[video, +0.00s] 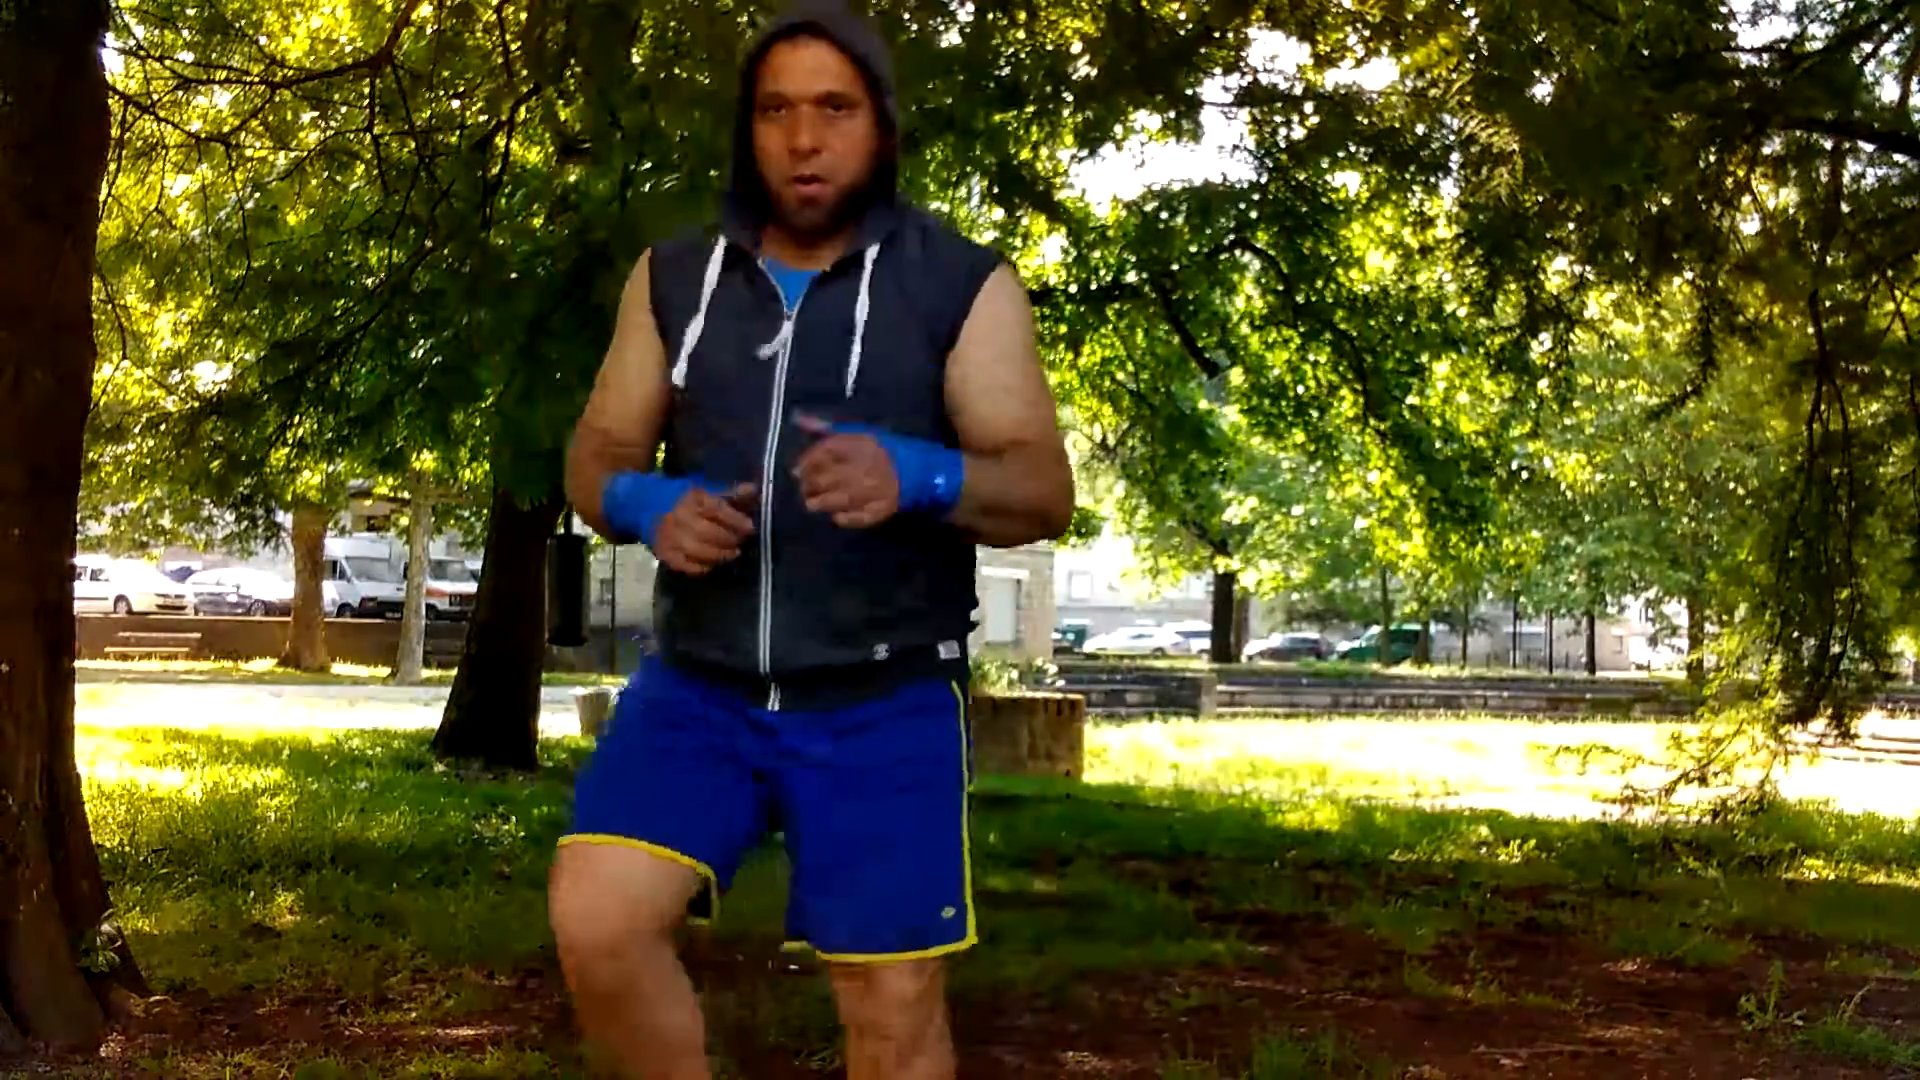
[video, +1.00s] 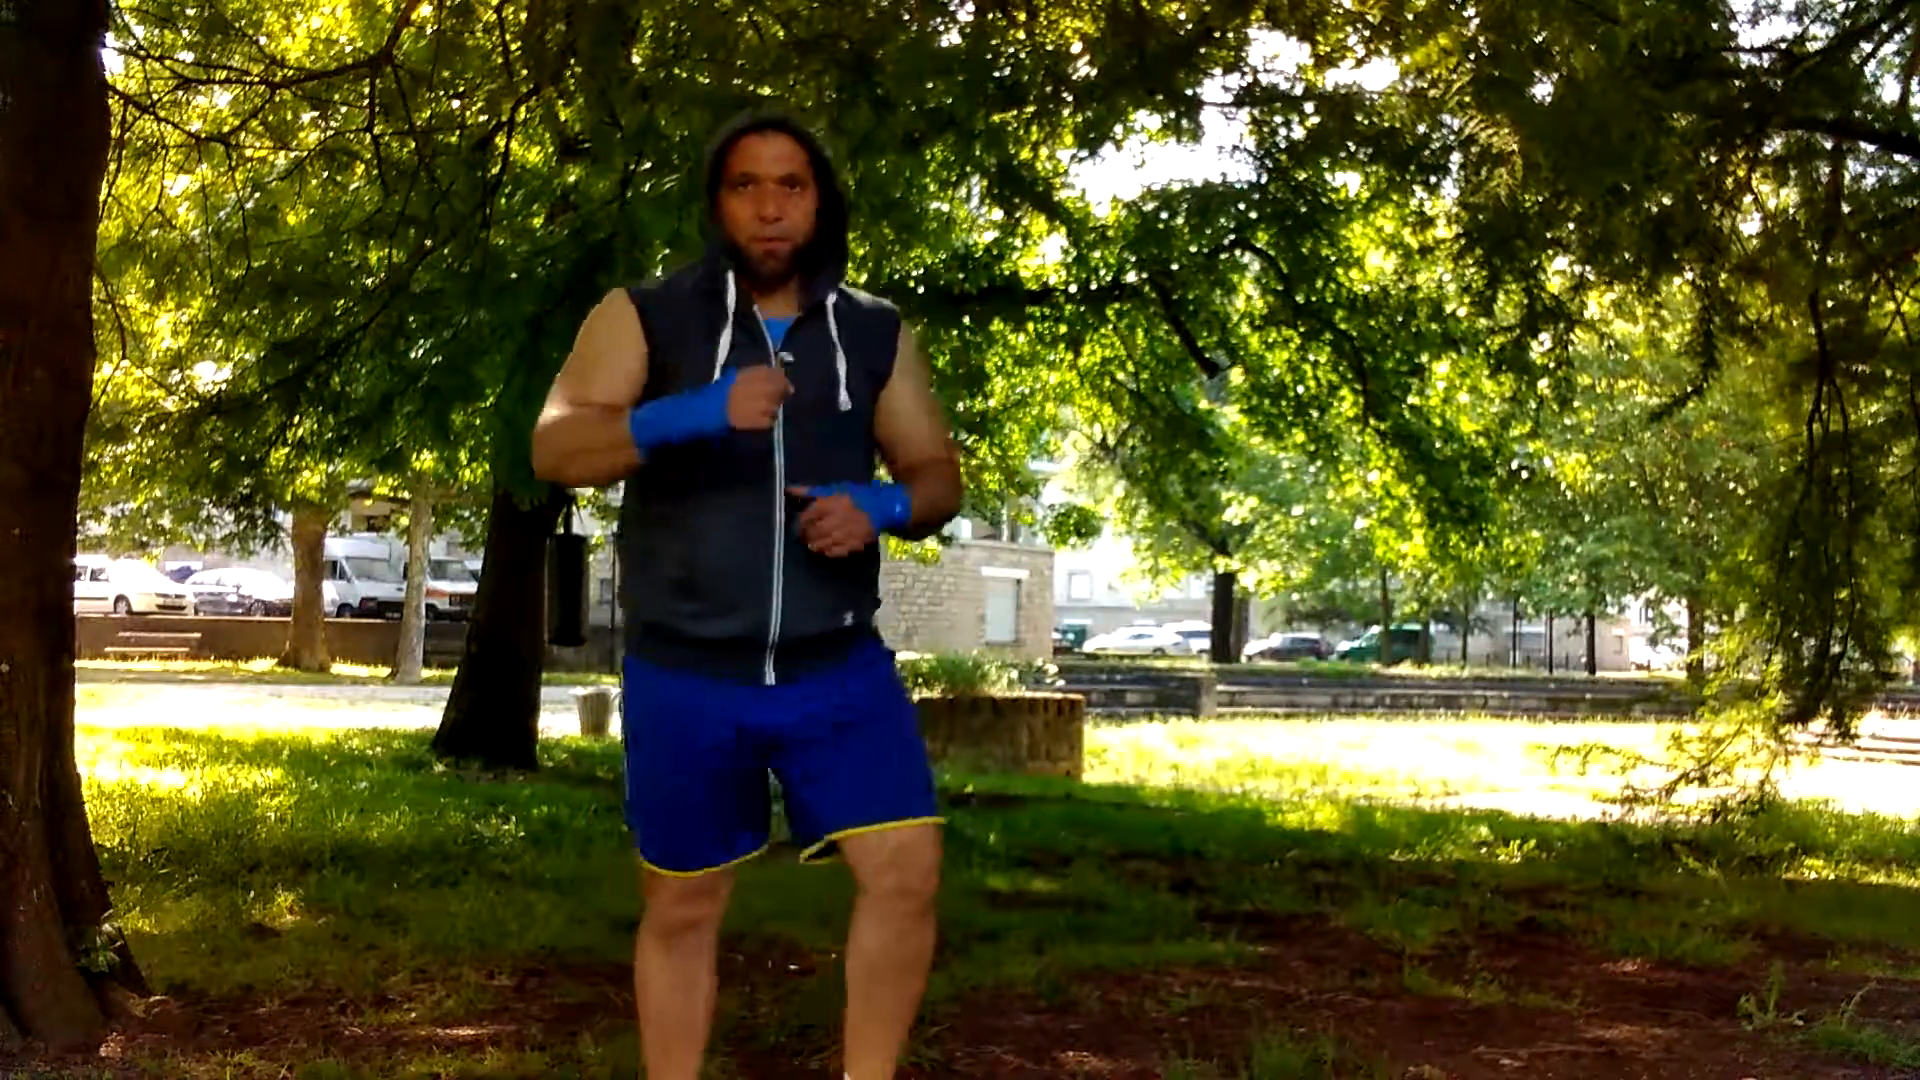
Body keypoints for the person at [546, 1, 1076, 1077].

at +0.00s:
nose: (804, 138)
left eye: (835, 110)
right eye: (778, 111)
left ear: (883, 128)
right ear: (748, 129)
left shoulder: (965, 287)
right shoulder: (674, 276)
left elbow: (1041, 493)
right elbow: (593, 456)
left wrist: (919, 474)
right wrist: (654, 506)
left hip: (882, 701)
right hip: (699, 689)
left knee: (888, 1002)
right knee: (598, 920)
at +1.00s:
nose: (769, 204)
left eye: (790, 185)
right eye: (747, 186)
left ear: (821, 203)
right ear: (716, 204)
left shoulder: (872, 332)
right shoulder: (636, 319)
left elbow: (940, 478)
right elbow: (554, 451)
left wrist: (879, 507)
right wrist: (704, 410)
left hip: (837, 664)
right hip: (685, 668)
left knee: (905, 870)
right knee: (682, 904)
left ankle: (869, 1074)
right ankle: (673, 1077)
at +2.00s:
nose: (686, 223)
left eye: (695, 205)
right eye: (664, 201)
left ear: (701, 220)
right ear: (607, 208)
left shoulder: (714, 330)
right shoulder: (511, 330)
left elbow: (831, 430)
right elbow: (549, 493)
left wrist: (882, 354)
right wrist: (674, 380)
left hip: (699, 667)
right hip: (555, 669)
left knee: (785, 863)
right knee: (514, 921)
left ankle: (725, 1072)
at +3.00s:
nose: (864, 302)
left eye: (878, 290)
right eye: (855, 276)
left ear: (880, 293)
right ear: (804, 250)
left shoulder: (833, 378)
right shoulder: (703, 312)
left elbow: (894, 519)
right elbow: (856, 381)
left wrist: (943, 391)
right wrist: (995, 290)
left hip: (781, 685)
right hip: (646, 671)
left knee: (828, 905)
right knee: (582, 917)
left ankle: (810, 1078)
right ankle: (501, 1073)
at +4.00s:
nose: (788, 247)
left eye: (804, 228)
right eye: (768, 217)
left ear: (813, 240)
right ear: (707, 207)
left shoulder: (811, 345)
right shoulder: (588, 319)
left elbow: (883, 514)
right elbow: (631, 485)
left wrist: (895, 361)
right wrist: (737, 353)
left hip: (780, 694)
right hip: (618, 698)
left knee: (900, 896)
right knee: (550, 970)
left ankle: (881, 1075)